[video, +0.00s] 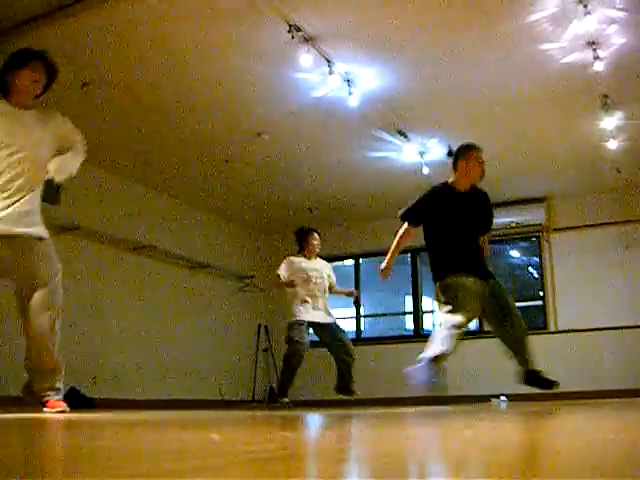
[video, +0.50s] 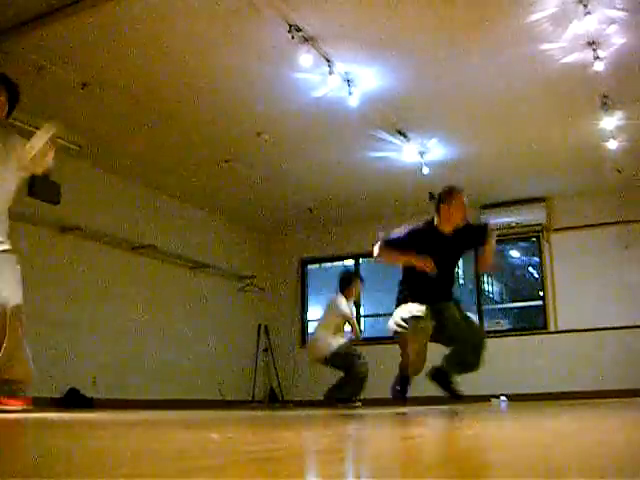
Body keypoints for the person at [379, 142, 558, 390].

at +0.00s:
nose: (484, 168)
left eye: (483, 162)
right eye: (478, 162)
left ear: (469, 167)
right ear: (463, 165)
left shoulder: (480, 199)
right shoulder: (436, 196)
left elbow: (483, 239)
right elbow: (408, 227)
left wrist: (482, 270)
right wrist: (389, 260)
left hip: (479, 274)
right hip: (452, 273)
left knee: (510, 321)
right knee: (455, 319)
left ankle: (527, 370)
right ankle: (429, 363)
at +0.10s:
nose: (474, 190)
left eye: (474, 183)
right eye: (469, 184)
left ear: (466, 187)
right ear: (452, 187)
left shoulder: (477, 217)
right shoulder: (431, 220)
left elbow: (488, 248)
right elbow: (411, 249)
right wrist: (398, 270)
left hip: (484, 298)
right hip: (449, 302)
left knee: (521, 340)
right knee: (426, 342)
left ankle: (551, 386)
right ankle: (401, 393)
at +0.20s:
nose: (472, 201)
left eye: (471, 196)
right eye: (466, 196)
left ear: (453, 203)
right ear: (448, 203)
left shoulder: (477, 228)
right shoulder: (428, 235)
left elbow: (491, 258)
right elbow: (408, 262)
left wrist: (499, 274)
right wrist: (389, 282)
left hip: (485, 311)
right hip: (448, 313)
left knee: (520, 349)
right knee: (438, 338)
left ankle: (551, 391)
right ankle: (401, 393)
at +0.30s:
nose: (470, 192)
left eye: (469, 188)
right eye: (465, 188)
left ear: (456, 193)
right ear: (448, 193)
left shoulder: (474, 219)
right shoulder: (420, 223)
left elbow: (505, 235)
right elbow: (391, 248)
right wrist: (364, 270)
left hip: (472, 303)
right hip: (436, 304)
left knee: (507, 343)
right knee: (427, 334)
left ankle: (543, 386)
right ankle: (403, 391)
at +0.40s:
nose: (469, 195)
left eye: (468, 190)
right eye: (464, 190)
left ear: (453, 195)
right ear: (446, 194)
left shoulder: (469, 218)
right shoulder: (419, 219)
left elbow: (496, 213)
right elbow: (380, 231)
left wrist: (514, 232)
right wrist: (391, 246)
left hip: (457, 294)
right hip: (422, 294)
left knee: (497, 336)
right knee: (419, 318)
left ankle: (492, 385)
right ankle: (409, 388)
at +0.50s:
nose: (465, 212)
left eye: (464, 206)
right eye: (460, 206)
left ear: (454, 210)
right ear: (446, 209)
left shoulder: (464, 233)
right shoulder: (420, 233)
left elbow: (488, 233)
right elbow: (380, 252)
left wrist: (487, 249)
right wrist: (413, 260)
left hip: (443, 307)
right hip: (413, 304)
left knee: (474, 339)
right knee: (416, 324)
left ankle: (443, 372)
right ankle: (405, 377)